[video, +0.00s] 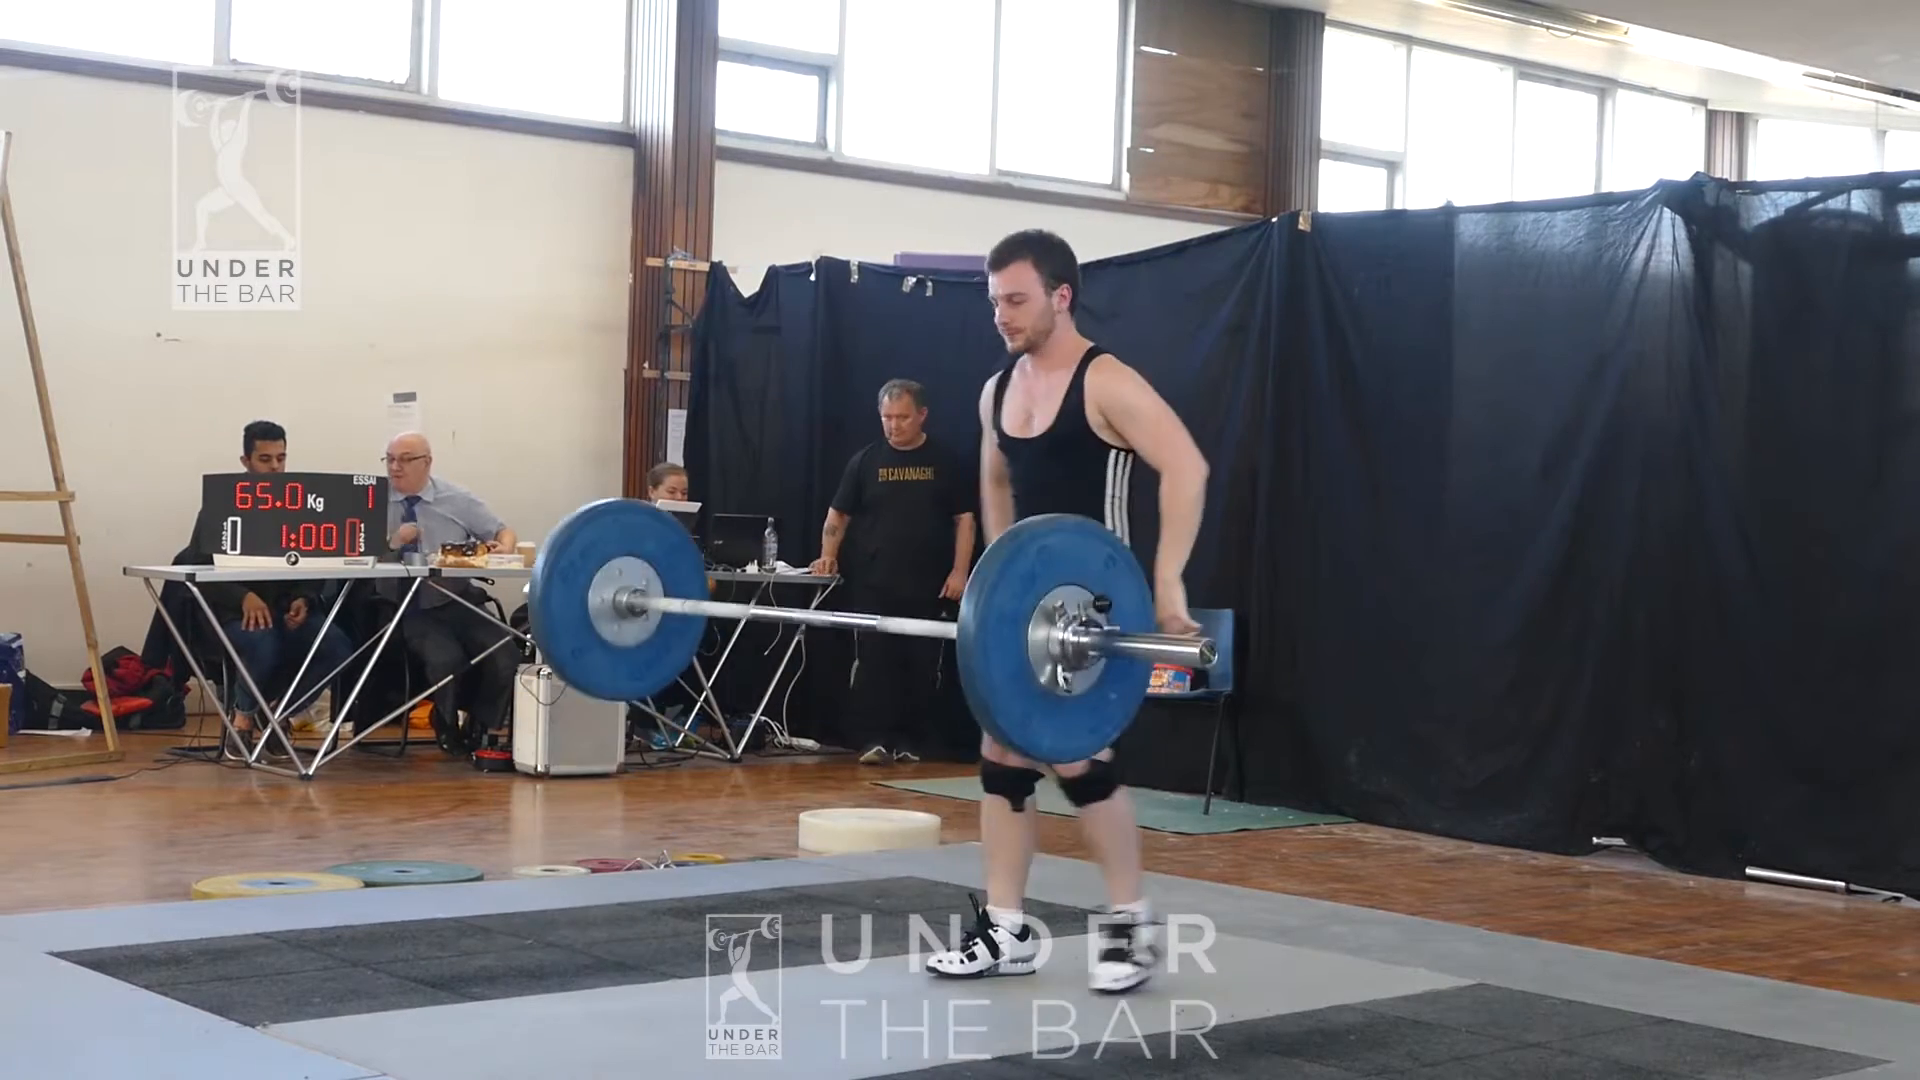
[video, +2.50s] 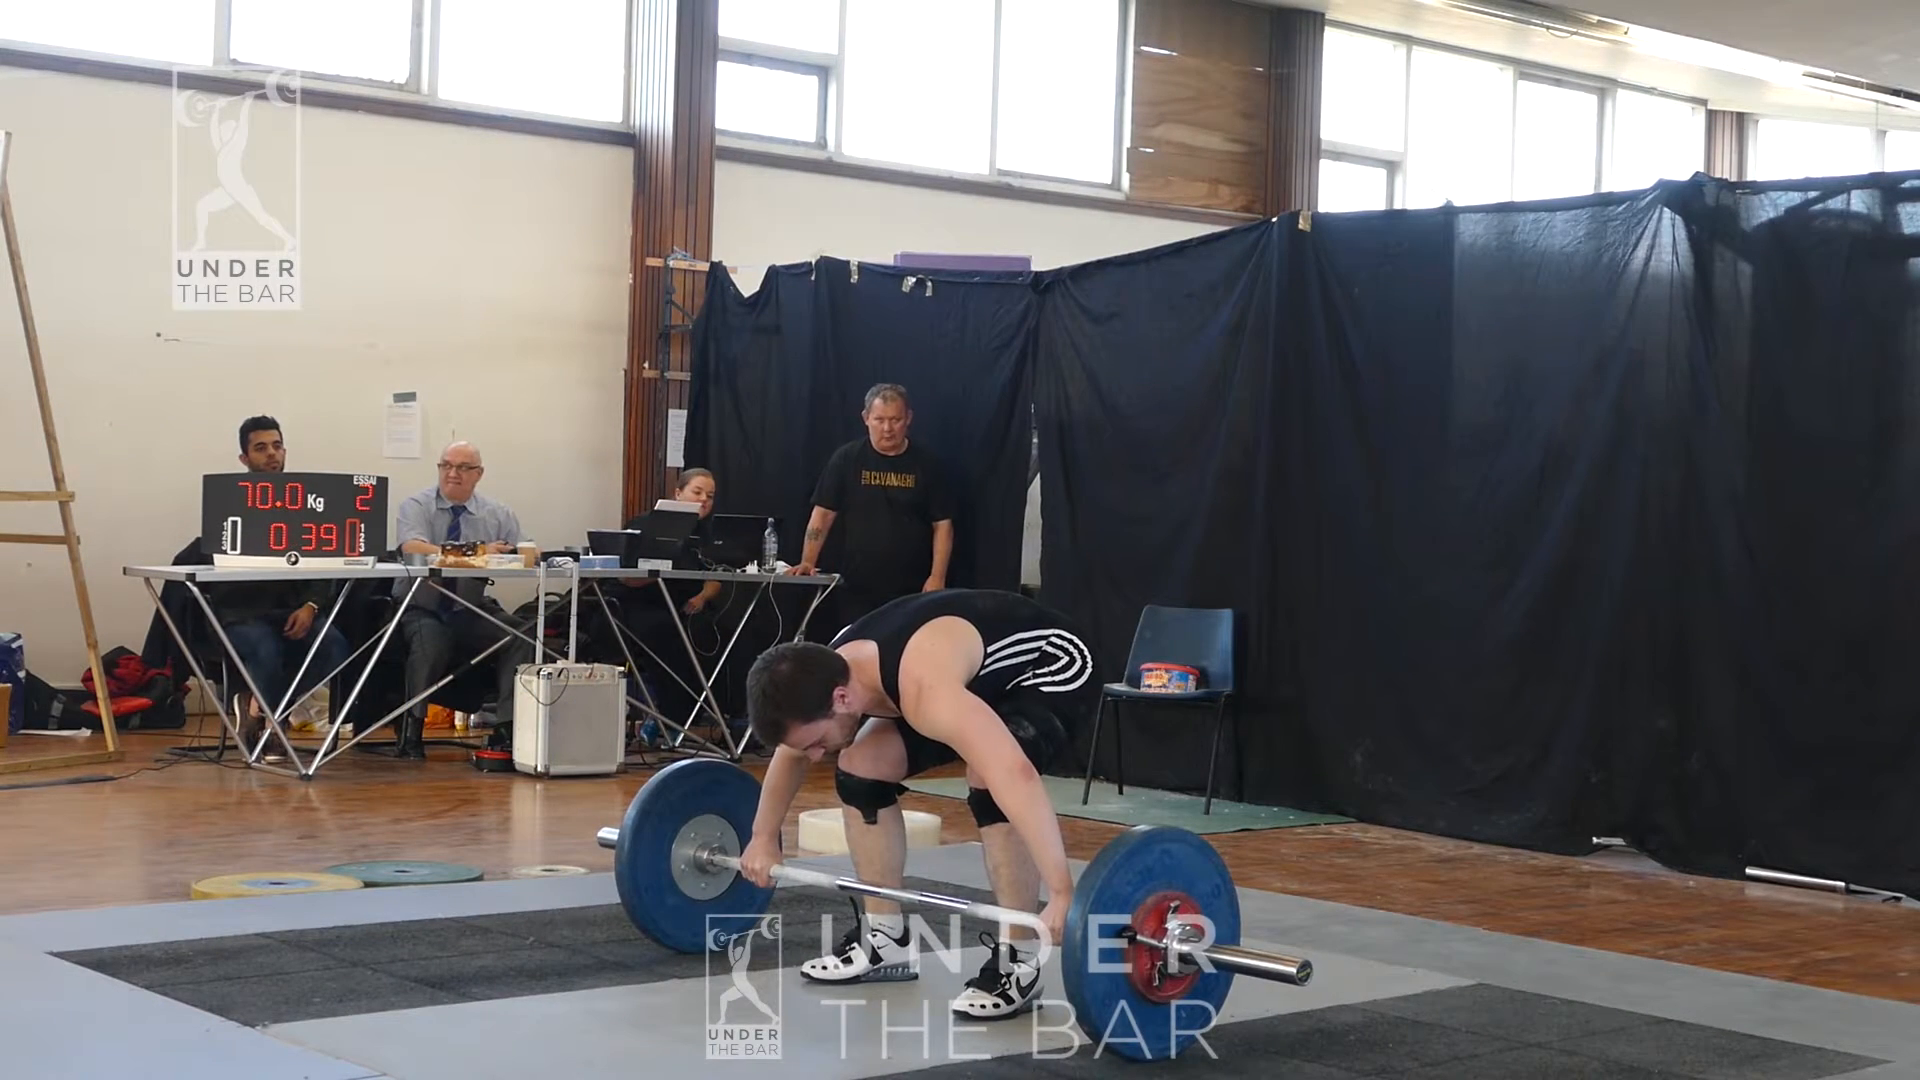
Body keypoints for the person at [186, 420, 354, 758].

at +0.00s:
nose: (275, 466)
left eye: (280, 458)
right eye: (265, 459)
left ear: (286, 458)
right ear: (246, 460)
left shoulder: (298, 499)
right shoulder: (224, 502)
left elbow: (319, 557)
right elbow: (201, 567)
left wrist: (305, 598)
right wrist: (243, 596)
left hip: (287, 607)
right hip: (237, 609)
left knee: (336, 645)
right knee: (263, 643)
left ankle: (278, 719)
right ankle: (242, 719)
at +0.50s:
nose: (272, 461)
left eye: (278, 454)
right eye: (263, 454)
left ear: (284, 455)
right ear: (244, 459)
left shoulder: (296, 498)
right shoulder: (224, 501)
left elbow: (317, 556)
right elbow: (201, 566)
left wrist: (303, 598)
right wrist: (243, 598)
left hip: (286, 605)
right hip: (236, 608)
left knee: (337, 646)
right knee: (263, 643)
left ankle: (277, 717)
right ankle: (242, 719)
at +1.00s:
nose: (269, 453)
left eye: (274, 446)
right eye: (258, 447)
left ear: (282, 450)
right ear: (242, 457)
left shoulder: (301, 497)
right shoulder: (232, 499)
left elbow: (326, 557)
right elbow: (212, 556)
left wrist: (312, 604)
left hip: (293, 608)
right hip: (244, 610)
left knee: (333, 647)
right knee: (267, 649)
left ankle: (254, 707)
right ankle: (272, 729)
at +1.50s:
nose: (270, 454)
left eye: (276, 446)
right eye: (260, 448)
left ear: (283, 450)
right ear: (243, 457)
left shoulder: (301, 497)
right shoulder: (232, 499)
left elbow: (324, 558)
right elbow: (202, 558)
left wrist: (311, 605)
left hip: (291, 608)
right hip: (243, 610)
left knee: (332, 646)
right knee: (266, 647)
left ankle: (252, 706)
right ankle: (274, 727)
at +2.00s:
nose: (272, 454)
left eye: (277, 446)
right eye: (261, 447)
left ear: (284, 451)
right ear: (244, 457)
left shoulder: (302, 497)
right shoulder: (233, 499)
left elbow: (328, 558)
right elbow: (214, 555)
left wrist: (312, 604)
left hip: (293, 608)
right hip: (244, 609)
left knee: (333, 648)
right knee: (267, 649)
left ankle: (255, 707)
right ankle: (273, 730)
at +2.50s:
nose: (272, 453)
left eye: (277, 446)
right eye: (261, 447)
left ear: (284, 450)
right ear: (245, 458)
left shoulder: (303, 497)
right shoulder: (233, 499)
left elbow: (328, 558)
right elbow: (220, 557)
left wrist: (312, 605)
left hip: (294, 607)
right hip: (244, 609)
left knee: (334, 647)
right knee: (265, 648)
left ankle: (256, 707)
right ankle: (274, 732)